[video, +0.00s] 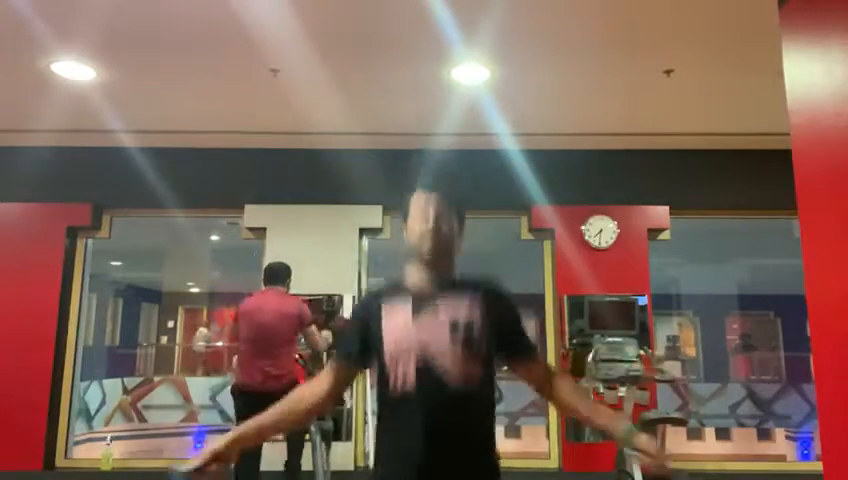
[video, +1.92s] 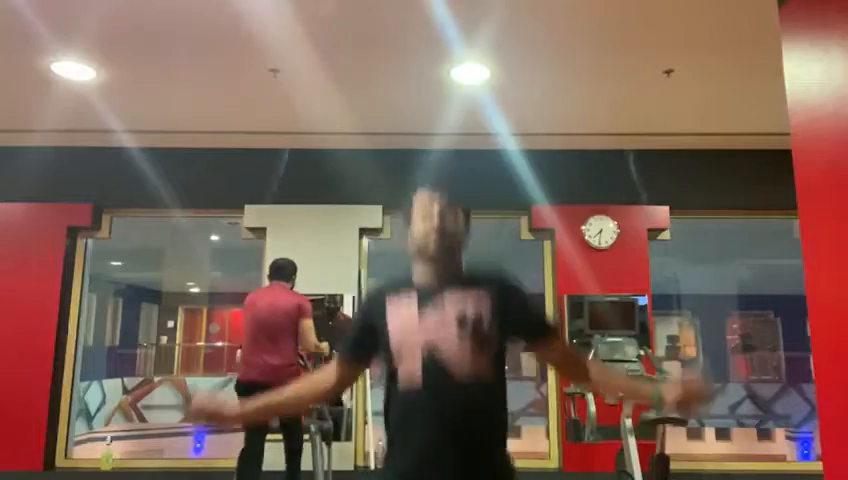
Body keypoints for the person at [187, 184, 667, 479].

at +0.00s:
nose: (426, 230)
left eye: (438, 220)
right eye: (416, 220)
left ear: (458, 233)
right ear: (402, 230)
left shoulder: (488, 303)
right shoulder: (376, 307)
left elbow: (546, 382)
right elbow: (320, 390)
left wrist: (623, 433)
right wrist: (236, 440)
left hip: (470, 466)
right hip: (397, 466)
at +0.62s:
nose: (433, 174)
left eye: (443, 167)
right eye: (421, 167)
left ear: (459, 184)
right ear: (405, 185)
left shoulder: (487, 244)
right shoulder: (379, 252)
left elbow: (532, 327)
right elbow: (342, 340)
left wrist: (592, 370)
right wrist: (268, 394)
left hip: (477, 429)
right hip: (400, 431)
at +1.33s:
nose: (428, 190)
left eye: (439, 180)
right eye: (419, 181)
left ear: (456, 194)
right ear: (403, 194)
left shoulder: (491, 258)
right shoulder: (379, 265)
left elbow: (561, 340)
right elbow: (342, 351)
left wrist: (644, 371)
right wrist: (259, 386)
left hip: (478, 446)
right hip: (400, 447)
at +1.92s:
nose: (431, 225)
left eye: (442, 215)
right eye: (421, 215)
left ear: (464, 226)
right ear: (407, 228)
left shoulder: (499, 296)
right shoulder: (381, 304)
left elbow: (574, 366)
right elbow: (329, 381)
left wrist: (657, 394)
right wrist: (241, 411)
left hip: (482, 467)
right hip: (404, 467)